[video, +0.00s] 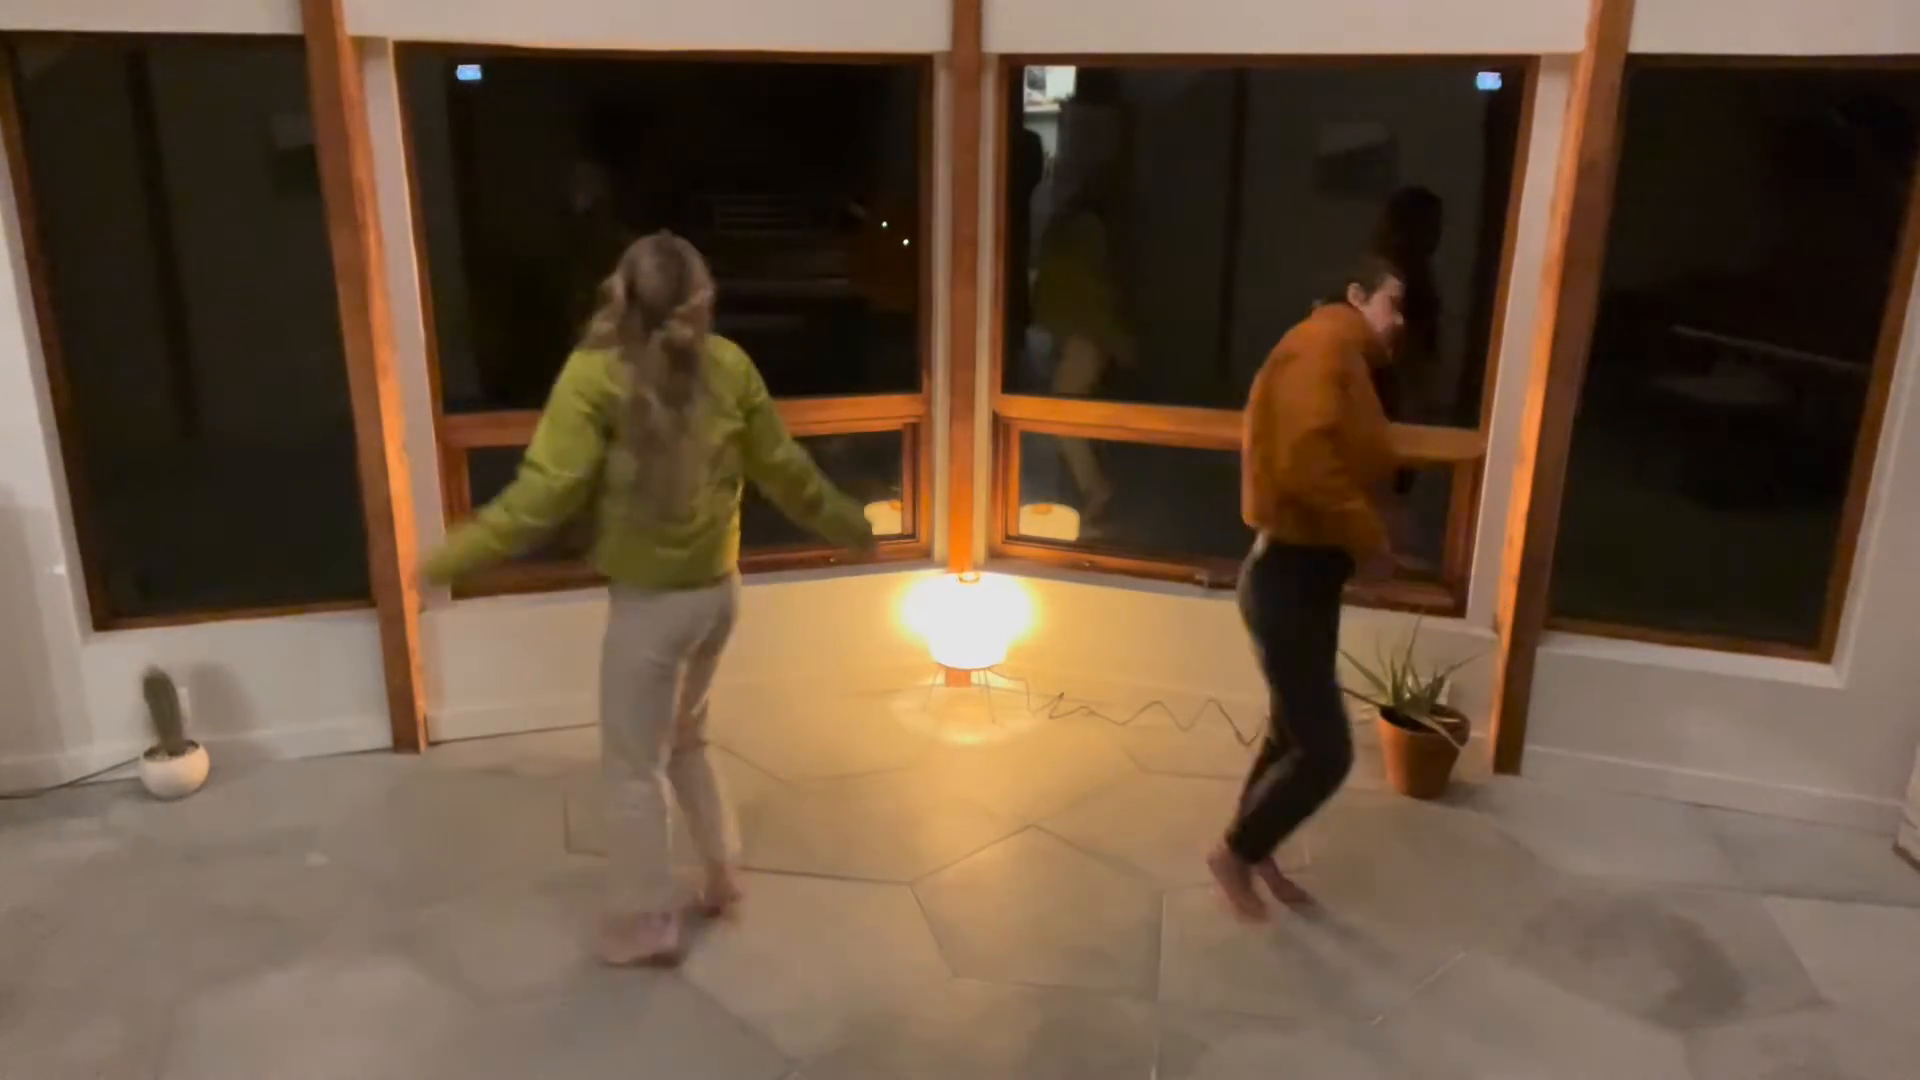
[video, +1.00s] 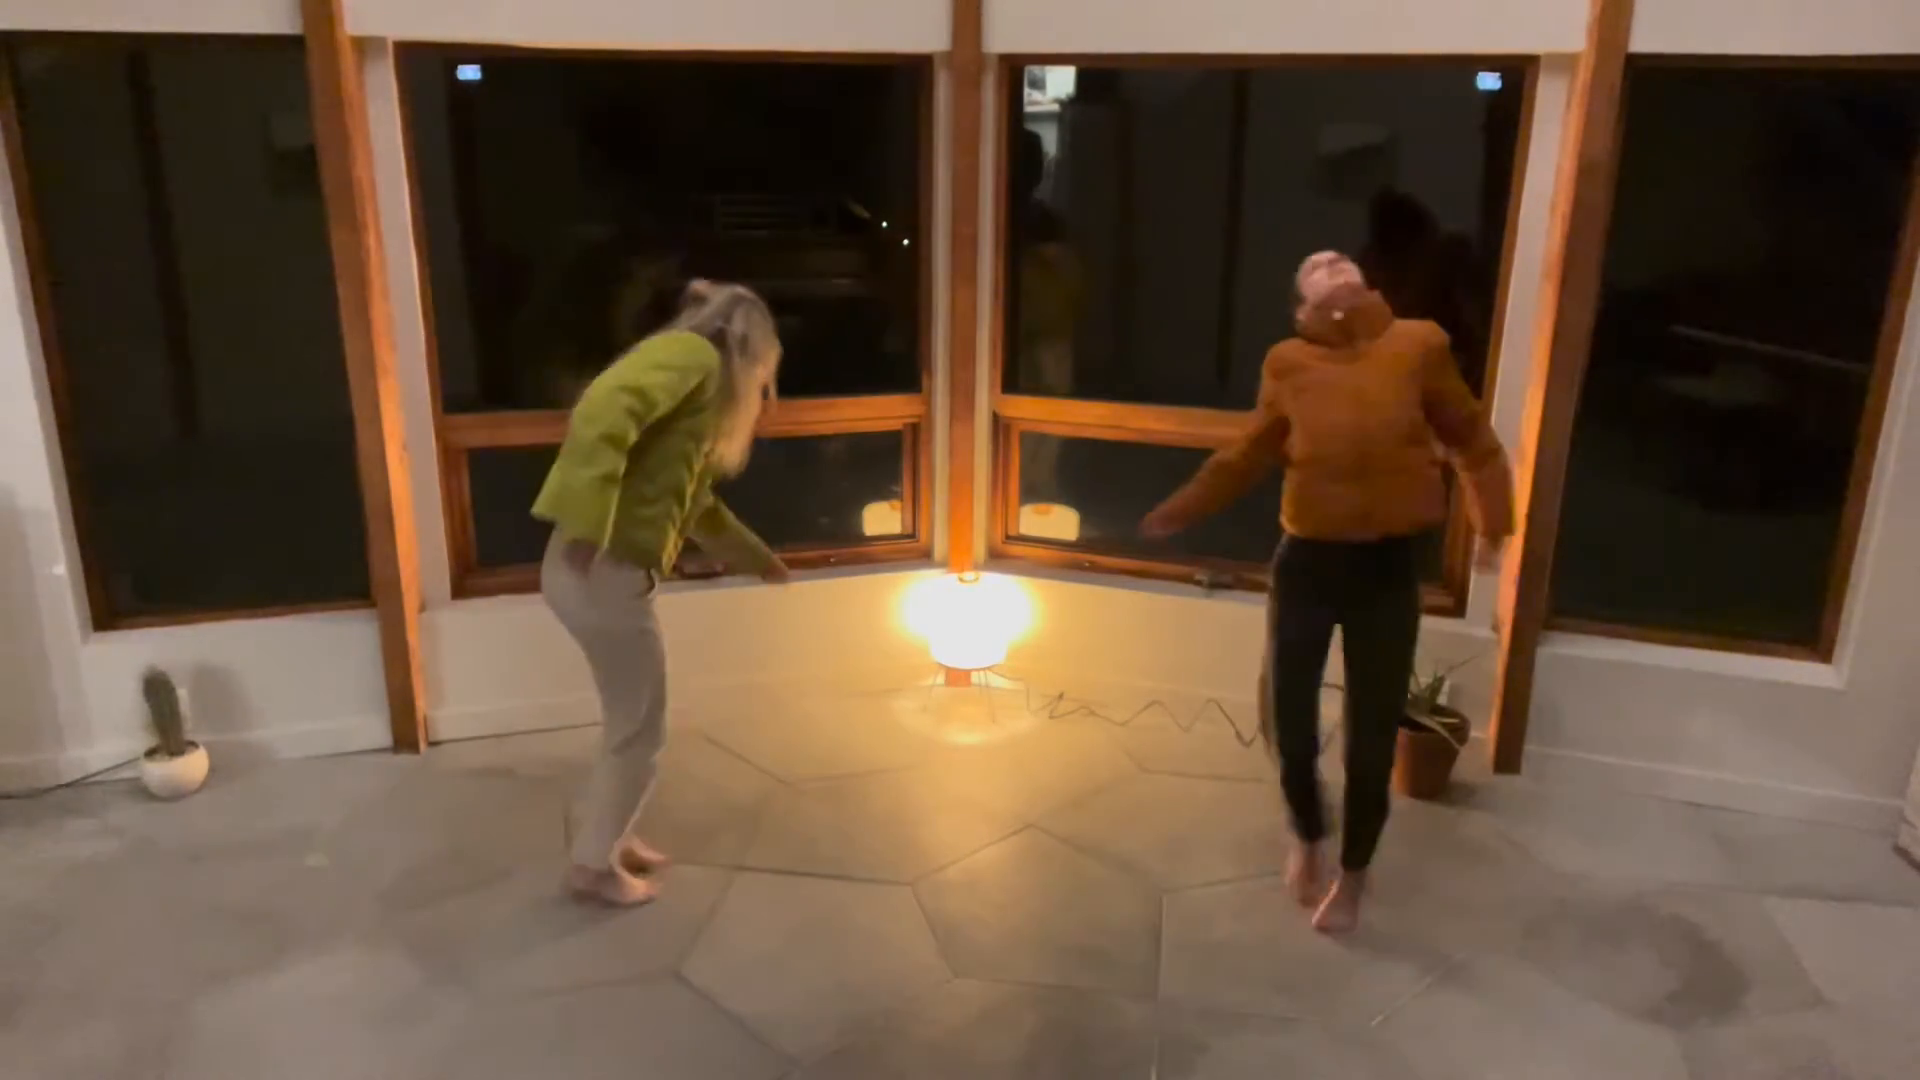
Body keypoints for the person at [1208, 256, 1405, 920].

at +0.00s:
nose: (1399, 323)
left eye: (1408, 312)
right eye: (1395, 305)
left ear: (1371, 301)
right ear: (1360, 294)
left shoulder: (1339, 349)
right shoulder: (1322, 345)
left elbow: (1357, 450)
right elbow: (1307, 460)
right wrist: (1368, 537)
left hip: (1304, 568)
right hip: (1289, 571)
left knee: (1295, 730)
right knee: (1325, 751)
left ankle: (1255, 845)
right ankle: (1235, 852)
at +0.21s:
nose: (1276, 317)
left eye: (1278, 306)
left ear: (1285, 302)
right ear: (1342, 286)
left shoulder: (1269, 364)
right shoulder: (1372, 340)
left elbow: (1243, 459)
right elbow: (1405, 441)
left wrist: (1190, 510)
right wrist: (1430, 513)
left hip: (1270, 563)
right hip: (1332, 571)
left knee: (1268, 714)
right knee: (1313, 735)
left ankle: (1236, 852)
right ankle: (1258, 887)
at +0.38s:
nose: (1276, 321)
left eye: (1278, 311)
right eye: (1277, 311)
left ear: (1285, 312)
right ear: (1352, 308)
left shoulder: (1266, 381)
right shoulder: (1403, 349)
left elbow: (1196, 486)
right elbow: (1460, 452)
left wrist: (1107, 538)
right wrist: (1428, 517)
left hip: (1282, 572)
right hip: (1364, 577)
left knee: (1258, 734)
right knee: (1339, 732)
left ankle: (1243, 877)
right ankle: (1322, 880)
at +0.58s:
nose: (1323, 277)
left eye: (1336, 273)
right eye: (1333, 268)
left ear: (1353, 299)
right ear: (1381, 303)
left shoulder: (1313, 380)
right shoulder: (1414, 356)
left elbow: (1293, 508)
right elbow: (1454, 448)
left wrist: (1256, 583)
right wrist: (1388, 492)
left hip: (1307, 575)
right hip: (1368, 574)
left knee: (1284, 739)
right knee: (1346, 733)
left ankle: (1294, 888)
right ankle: (1366, 886)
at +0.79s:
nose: (1369, 255)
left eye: (1386, 259)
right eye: (1381, 251)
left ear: (1398, 297)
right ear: (1383, 287)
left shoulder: (1388, 364)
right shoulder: (1326, 347)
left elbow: (1446, 465)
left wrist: (1505, 568)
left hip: (1350, 567)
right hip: (1303, 557)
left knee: (1330, 736)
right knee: (1301, 737)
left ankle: (1335, 888)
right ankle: (1336, 867)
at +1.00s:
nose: (1343, 272)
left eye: (1345, 265)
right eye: (1326, 272)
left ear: (1366, 289)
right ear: (1307, 308)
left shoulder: (1419, 348)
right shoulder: (1289, 363)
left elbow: (1474, 442)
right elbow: (1251, 452)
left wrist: (1496, 527)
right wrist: (1178, 509)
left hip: (1388, 560)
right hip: (1307, 559)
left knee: (1371, 731)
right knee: (1290, 716)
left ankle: (1352, 876)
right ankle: (1308, 837)